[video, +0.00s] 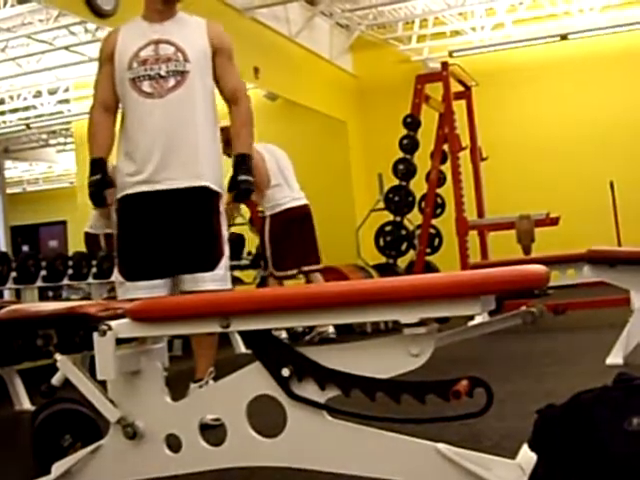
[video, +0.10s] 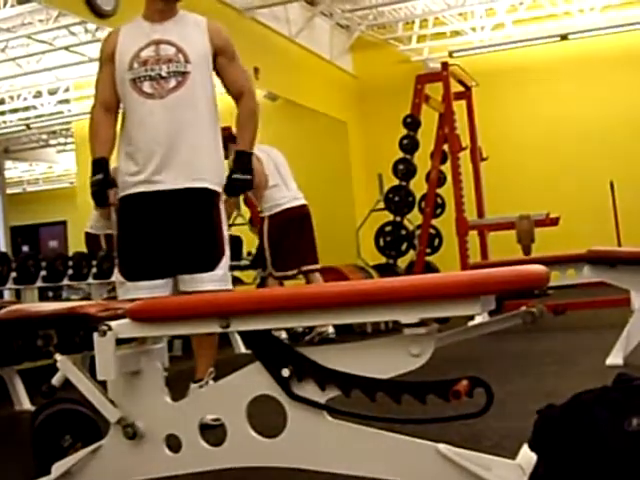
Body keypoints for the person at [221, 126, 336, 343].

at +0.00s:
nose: (225, 152)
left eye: (225, 146)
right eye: (223, 147)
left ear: (234, 142)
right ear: (246, 136)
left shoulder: (250, 153)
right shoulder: (275, 149)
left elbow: (261, 184)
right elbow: (288, 178)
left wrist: (250, 199)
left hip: (277, 211)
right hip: (300, 205)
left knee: (275, 275)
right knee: (311, 269)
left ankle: (277, 325)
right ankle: (325, 321)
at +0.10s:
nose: (225, 156)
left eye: (225, 151)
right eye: (224, 151)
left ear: (230, 144)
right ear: (238, 138)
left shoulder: (248, 156)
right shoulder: (272, 151)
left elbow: (261, 181)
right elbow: (286, 178)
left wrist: (255, 201)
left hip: (277, 212)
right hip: (299, 206)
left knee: (272, 275)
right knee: (311, 270)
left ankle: (278, 326)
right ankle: (325, 321)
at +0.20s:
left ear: (226, 147)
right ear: (240, 139)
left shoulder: (238, 161)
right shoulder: (266, 152)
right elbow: (281, 177)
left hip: (272, 211)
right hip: (295, 203)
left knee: (272, 275)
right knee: (308, 268)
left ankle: (277, 326)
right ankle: (323, 321)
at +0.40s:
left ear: (219, 146)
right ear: (233, 140)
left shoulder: (227, 160)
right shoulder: (254, 153)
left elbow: (224, 202)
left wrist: (222, 229)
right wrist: (255, 211)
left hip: (267, 211)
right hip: (291, 202)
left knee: (271, 276)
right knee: (305, 269)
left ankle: (277, 326)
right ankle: (321, 321)